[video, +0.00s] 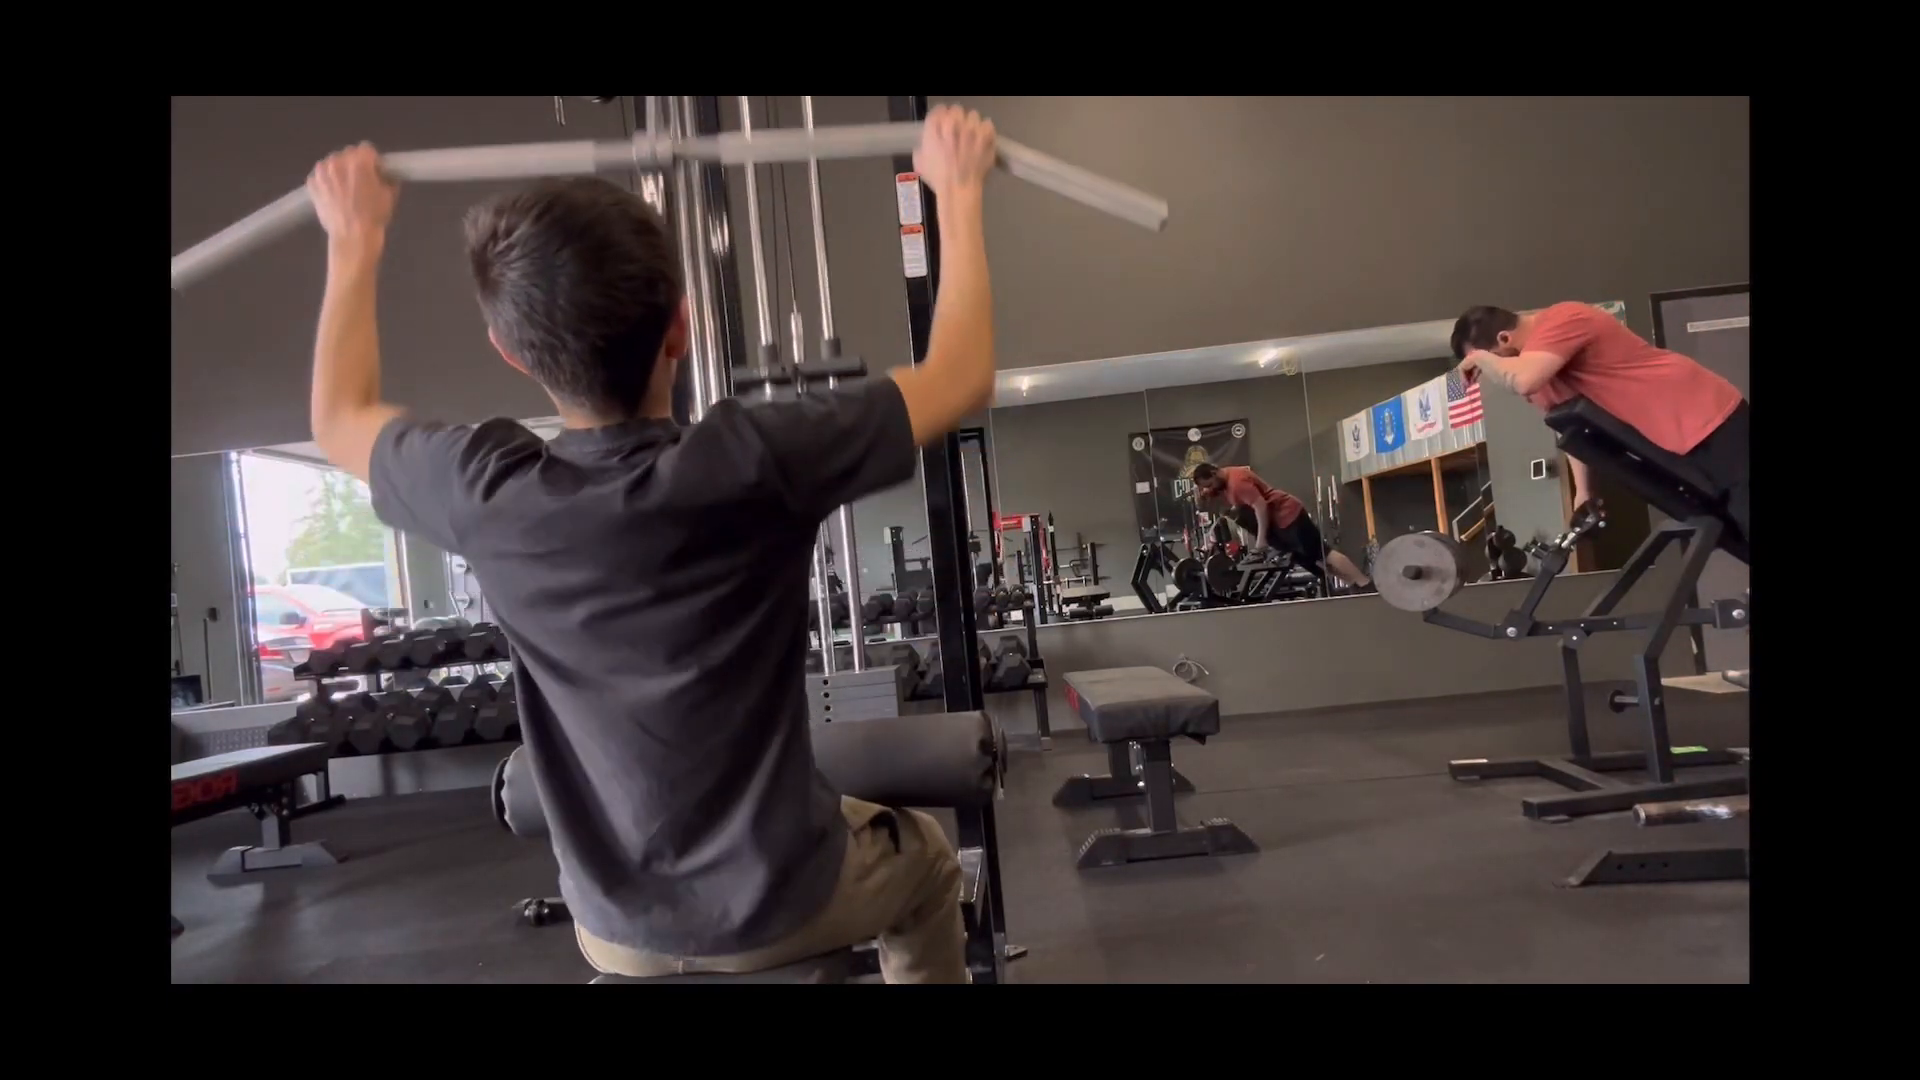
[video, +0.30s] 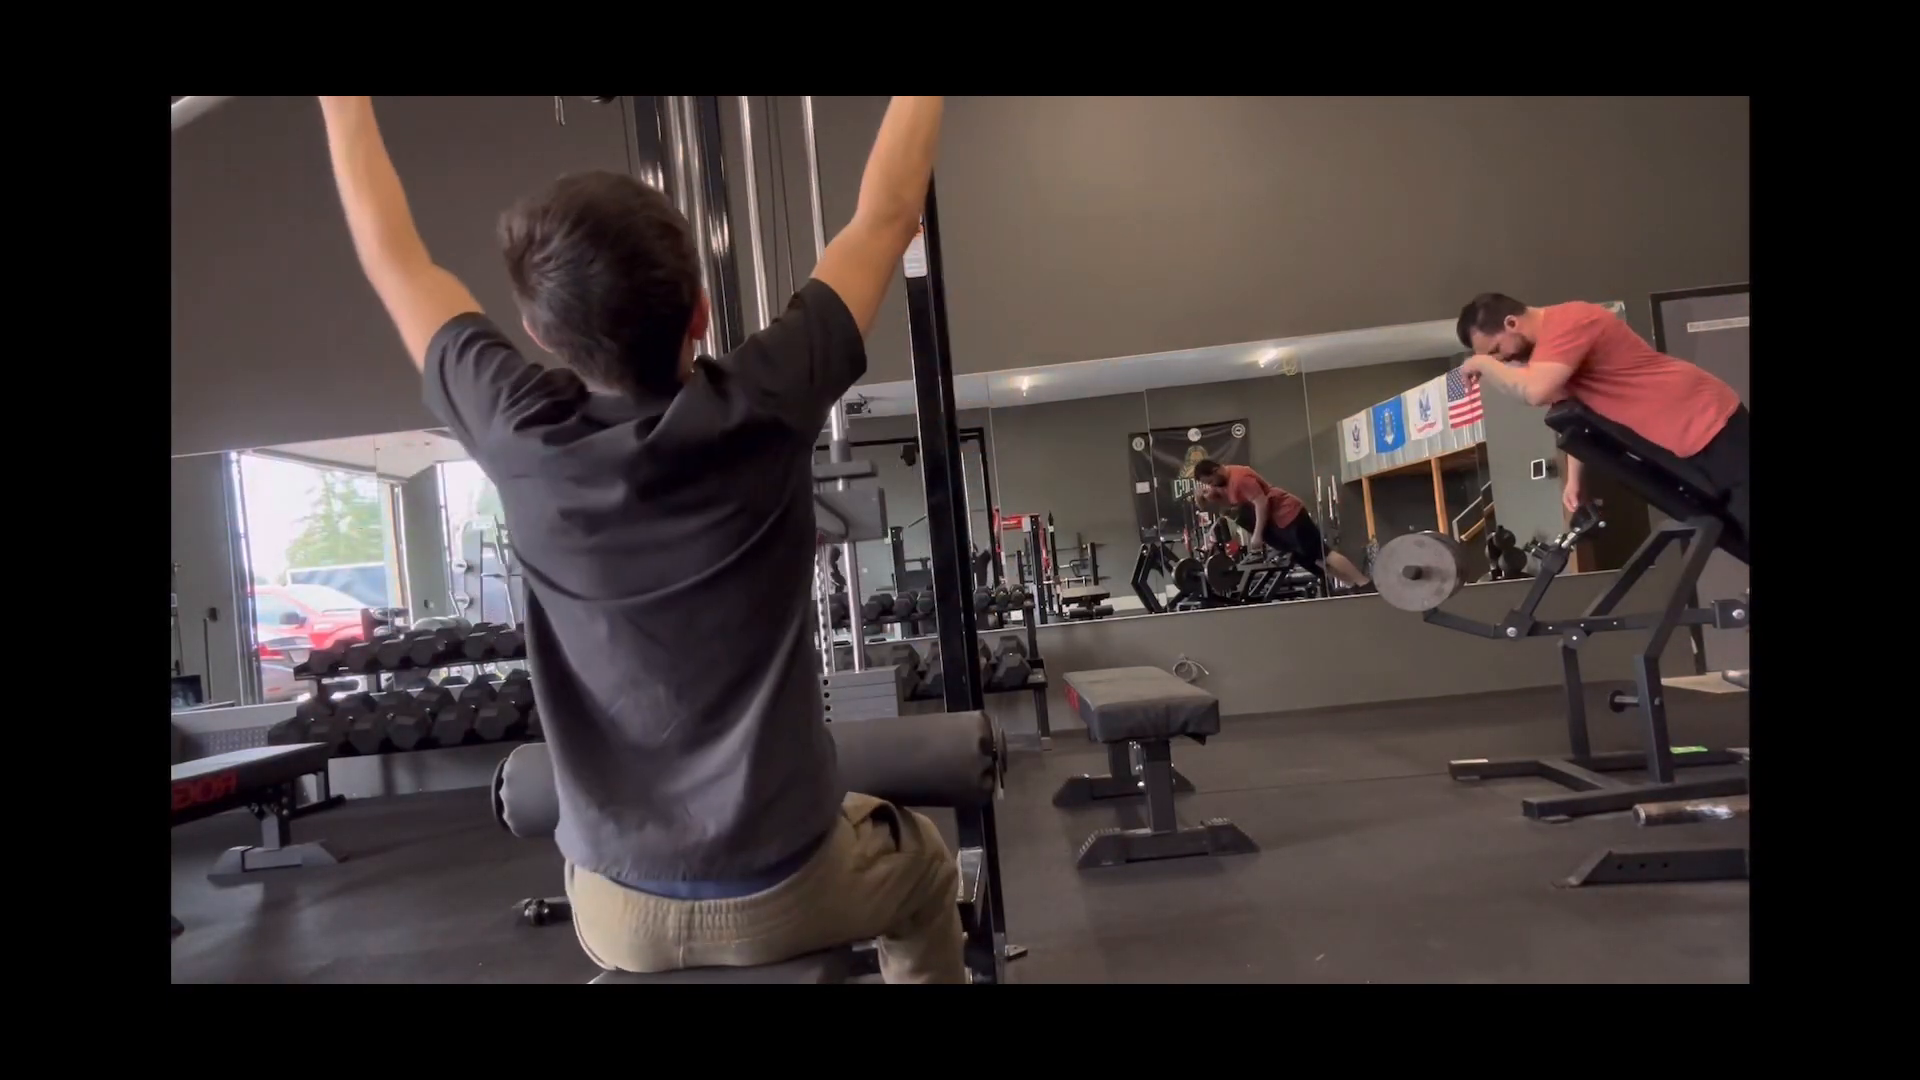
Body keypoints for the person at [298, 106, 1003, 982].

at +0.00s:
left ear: (511, 351)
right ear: (680, 327)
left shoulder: (491, 490)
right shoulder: (761, 458)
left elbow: (341, 418)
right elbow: (960, 380)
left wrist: (351, 240)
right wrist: (960, 193)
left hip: (612, 924)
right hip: (780, 902)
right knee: (923, 864)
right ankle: (925, 977)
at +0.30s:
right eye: (704, 279)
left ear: (544, 342)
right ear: (699, 320)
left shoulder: (522, 432)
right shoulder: (764, 401)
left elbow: (391, 252)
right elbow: (887, 216)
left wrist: (340, 94)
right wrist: (924, 83)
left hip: (611, 907)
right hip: (778, 900)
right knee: (920, 858)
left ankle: (624, 965)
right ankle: (929, 975)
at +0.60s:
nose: (717, 283)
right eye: (712, 275)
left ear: (568, 336)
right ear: (710, 321)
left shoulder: (545, 421)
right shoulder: (773, 401)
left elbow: (438, 235)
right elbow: (892, 221)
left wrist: (381, 93)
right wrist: (928, 92)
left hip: (622, 893)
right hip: (785, 886)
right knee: (917, 854)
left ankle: (637, 968)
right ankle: (932, 973)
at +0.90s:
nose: (692, 305)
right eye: (686, 293)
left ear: (527, 339)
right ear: (682, 323)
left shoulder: (502, 455)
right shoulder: (755, 428)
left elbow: (347, 304)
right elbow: (920, 277)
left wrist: (323, 126)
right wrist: (931, 100)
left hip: (617, 907)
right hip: (781, 894)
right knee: (915, 855)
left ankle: (638, 976)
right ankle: (931, 981)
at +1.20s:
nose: (667, 312)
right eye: (660, 297)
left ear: (490, 354)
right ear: (649, 330)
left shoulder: (454, 510)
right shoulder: (723, 480)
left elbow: (271, 555)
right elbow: (972, 513)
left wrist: (311, 364)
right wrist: (958, 317)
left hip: (601, 924)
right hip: (767, 912)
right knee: (918, 857)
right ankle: (927, 977)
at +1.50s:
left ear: (517, 347)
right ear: (678, 327)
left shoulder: (495, 524)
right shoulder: (735, 489)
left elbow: (327, 730)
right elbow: (938, 652)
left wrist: (354, 541)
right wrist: (967, 472)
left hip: (607, 922)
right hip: (773, 911)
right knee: (920, 854)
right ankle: (927, 976)